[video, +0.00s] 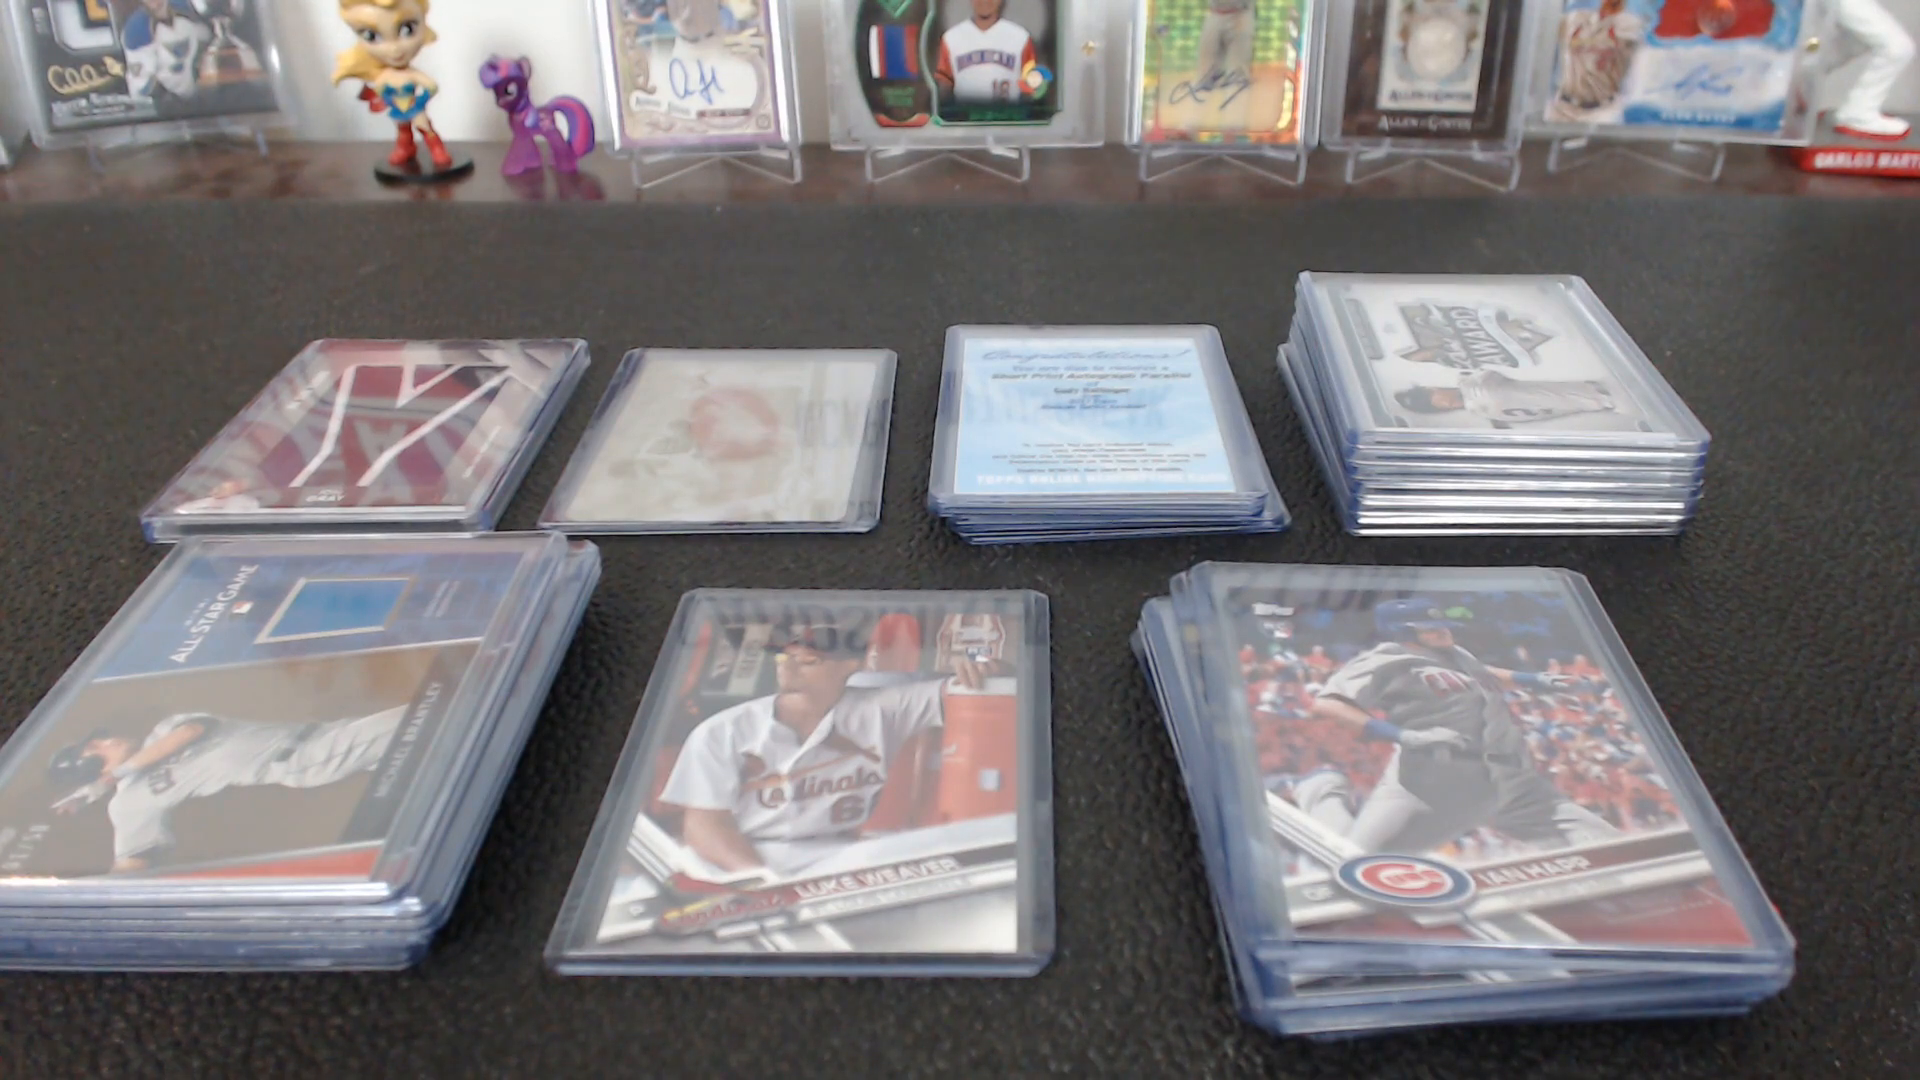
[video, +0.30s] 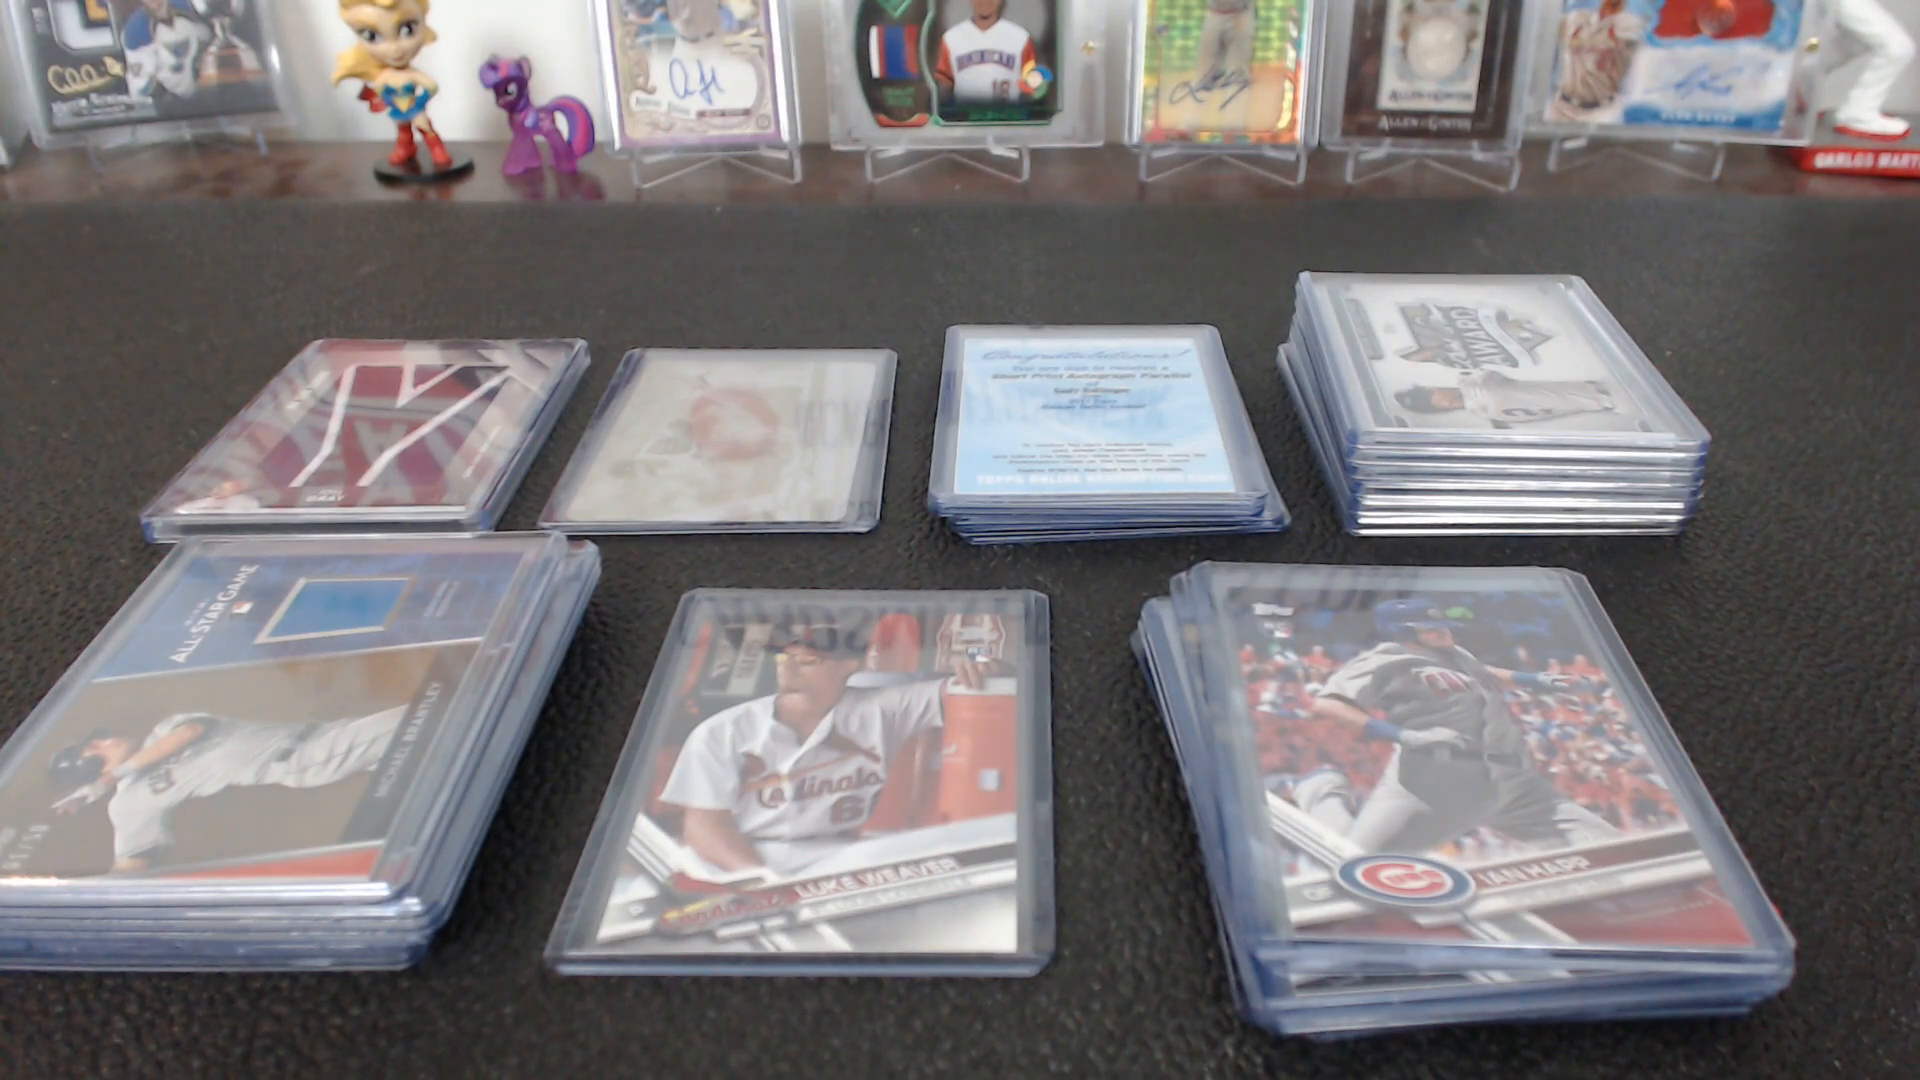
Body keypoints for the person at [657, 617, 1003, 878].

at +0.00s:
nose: (797, 656)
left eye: (818, 648)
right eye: (789, 644)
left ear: (853, 663)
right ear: (776, 655)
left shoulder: (876, 713)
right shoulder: (720, 735)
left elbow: (959, 690)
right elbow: (703, 829)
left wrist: (972, 670)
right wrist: (766, 883)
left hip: (827, 866)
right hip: (729, 870)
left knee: (892, 851)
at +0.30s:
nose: (799, 656)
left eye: (820, 646)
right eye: (789, 644)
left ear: (853, 661)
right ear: (776, 656)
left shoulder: (877, 713)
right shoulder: (719, 735)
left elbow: (959, 690)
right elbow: (703, 829)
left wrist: (973, 673)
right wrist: (768, 884)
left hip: (829, 868)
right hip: (729, 872)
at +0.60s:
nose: (798, 655)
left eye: (820, 646)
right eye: (789, 643)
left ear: (854, 661)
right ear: (776, 655)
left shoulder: (877, 713)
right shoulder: (719, 735)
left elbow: (961, 690)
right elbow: (703, 830)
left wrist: (974, 672)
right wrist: (768, 884)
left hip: (829, 869)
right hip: (729, 874)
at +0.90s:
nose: (799, 655)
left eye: (821, 645)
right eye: (789, 643)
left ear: (854, 661)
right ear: (776, 655)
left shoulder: (877, 713)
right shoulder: (719, 735)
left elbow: (959, 690)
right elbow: (703, 829)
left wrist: (972, 673)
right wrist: (768, 883)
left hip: (830, 870)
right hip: (730, 873)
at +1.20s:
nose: (799, 655)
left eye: (820, 646)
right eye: (789, 644)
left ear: (854, 661)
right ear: (776, 656)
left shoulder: (877, 713)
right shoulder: (719, 735)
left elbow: (959, 690)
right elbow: (703, 830)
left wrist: (972, 673)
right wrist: (769, 884)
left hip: (830, 869)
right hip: (730, 873)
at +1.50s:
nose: (797, 657)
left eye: (818, 647)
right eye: (789, 644)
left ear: (853, 664)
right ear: (776, 655)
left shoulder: (875, 716)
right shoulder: (720, 735)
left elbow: (954, 691)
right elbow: (703, 828)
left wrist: (973, 674)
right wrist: (767, 883)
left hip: (827, 866)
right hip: (730, 870)